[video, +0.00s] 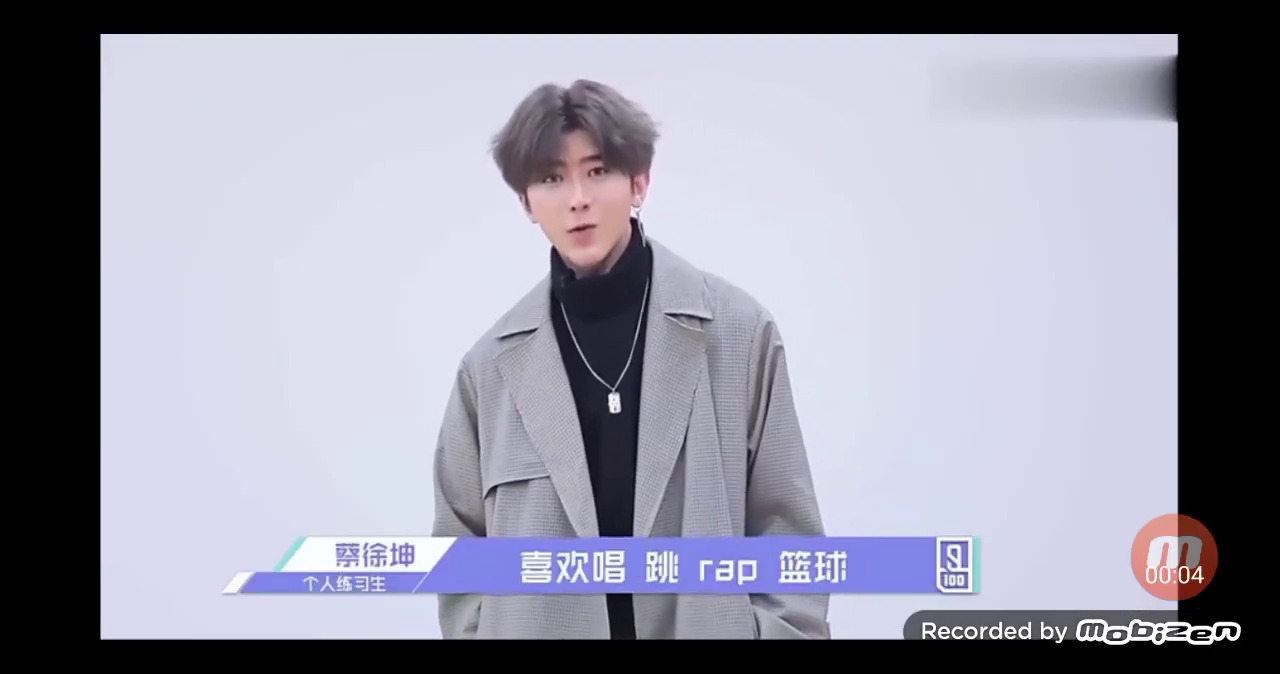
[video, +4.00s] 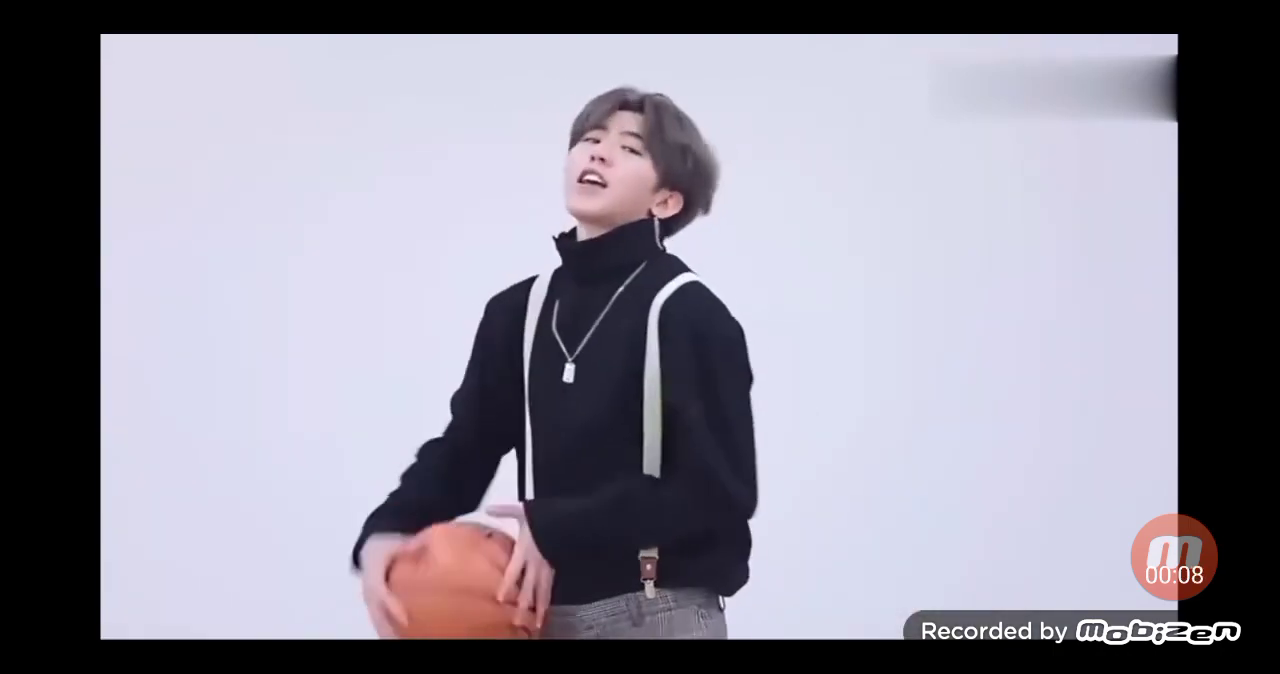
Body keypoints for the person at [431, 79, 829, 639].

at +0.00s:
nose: (577, 199)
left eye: (599, 171)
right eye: (552, 178)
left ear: (638, 186)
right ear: (527, 201)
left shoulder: (740, 332)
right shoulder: (487, 365)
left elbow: (791, 533)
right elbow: (456, 549)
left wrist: (777, 630)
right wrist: (477, 629)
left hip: (704, 629)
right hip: (541, 631)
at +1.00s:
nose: (715, 199)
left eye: (735, 171)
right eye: (690, 182)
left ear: (782, 183)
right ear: (671, 205)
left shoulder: (855, 358)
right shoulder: (600, 339)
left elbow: (889, 555)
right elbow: (554, 513)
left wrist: (862, 631)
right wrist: (522, 403)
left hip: (792, 627)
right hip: (641, 626)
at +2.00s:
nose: (628, 195)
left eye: (649, 172)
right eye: (607, 179)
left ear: (698, 185)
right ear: (588, 198)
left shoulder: (775, 318)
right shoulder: (565, 318)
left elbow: (842, 469)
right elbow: (554, 461)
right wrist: (537, 595)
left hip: (718, 619)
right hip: (587, 624)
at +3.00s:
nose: (513, 174)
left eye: (542, 157)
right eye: (510, 157)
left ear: (600, 191)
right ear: (499, 172)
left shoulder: (662, 313)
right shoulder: (476, 301)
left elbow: (772, 431)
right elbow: (408, 317)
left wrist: (768, 530)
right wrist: (370, 164)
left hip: (650, 608)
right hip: (530, 616)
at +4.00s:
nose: (598, 149)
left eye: (630, 147)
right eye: (589, 137)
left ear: (665, 202)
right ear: (566, 165)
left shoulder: (688, 314)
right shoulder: (515, 311)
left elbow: (717, 497)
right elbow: (464, 450)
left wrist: (547, 524)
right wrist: (382, 533)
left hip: (657, 612)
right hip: (539, 612)